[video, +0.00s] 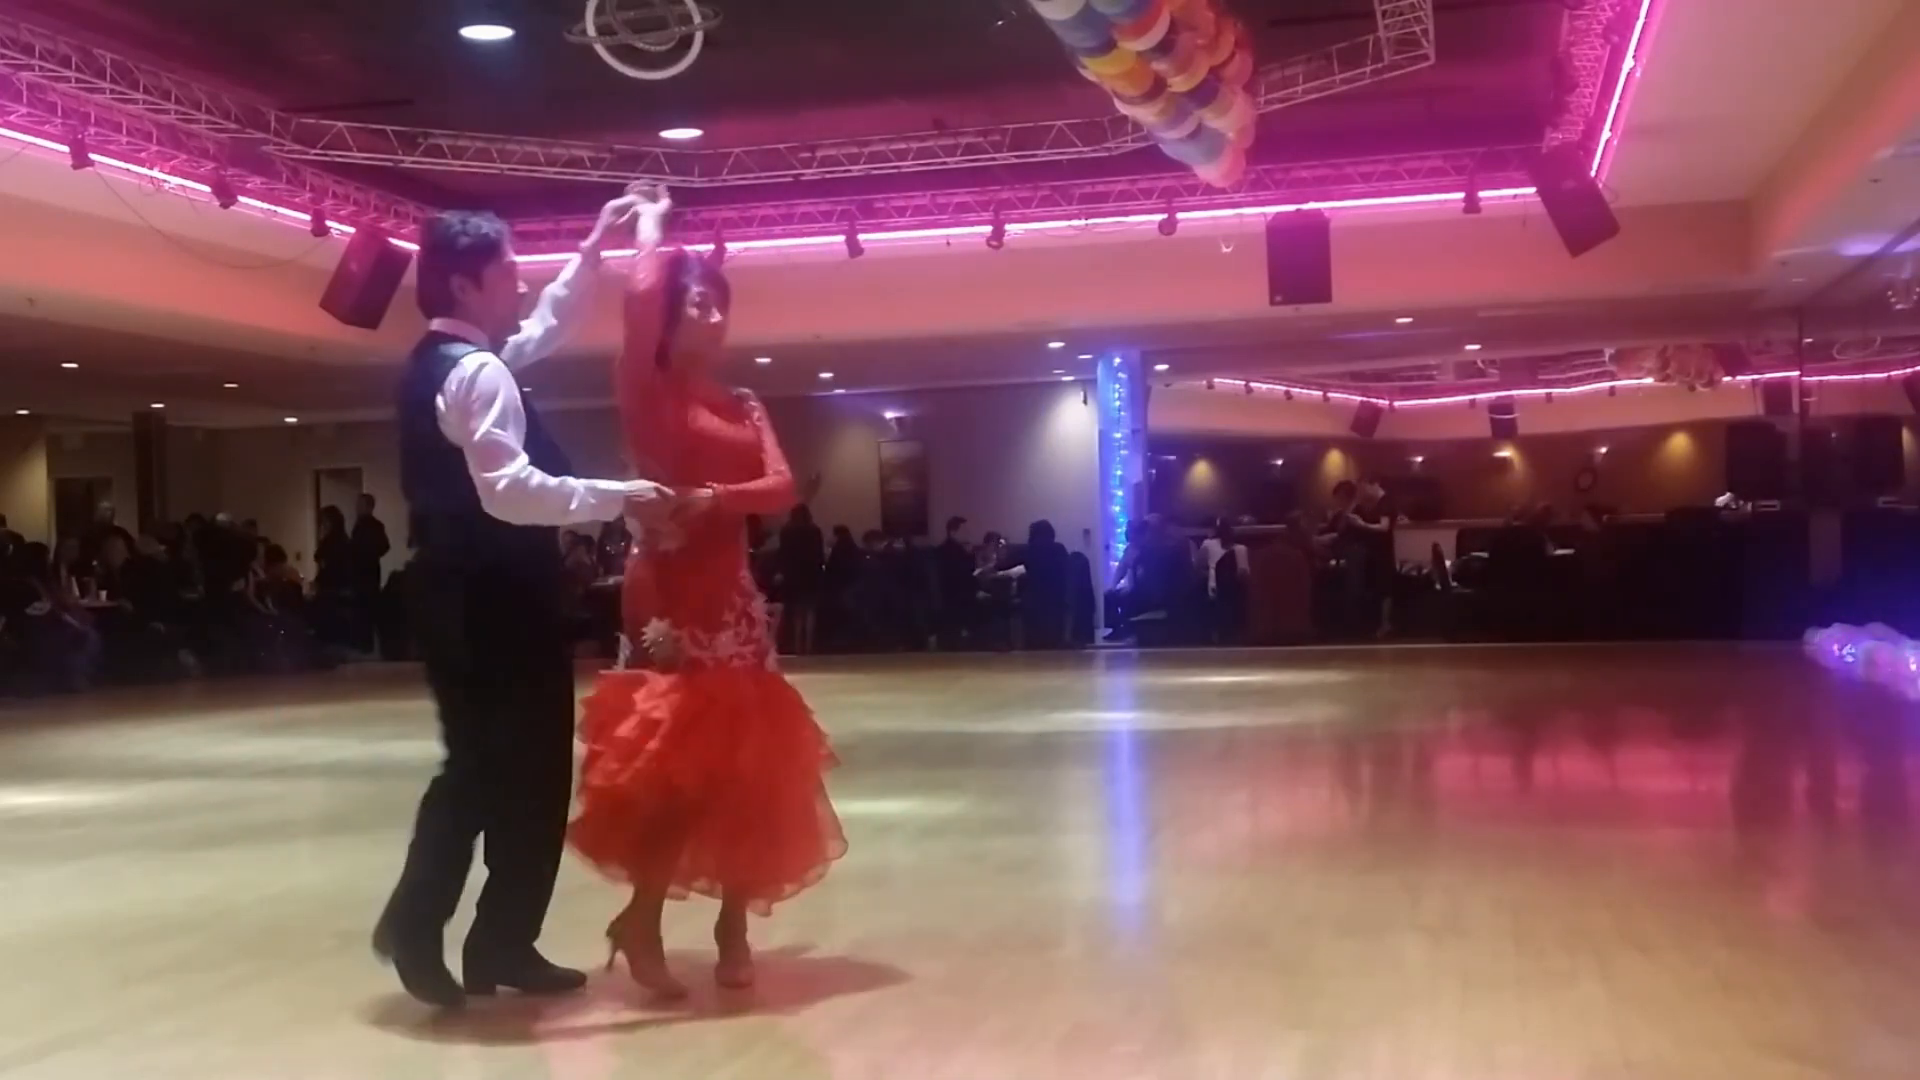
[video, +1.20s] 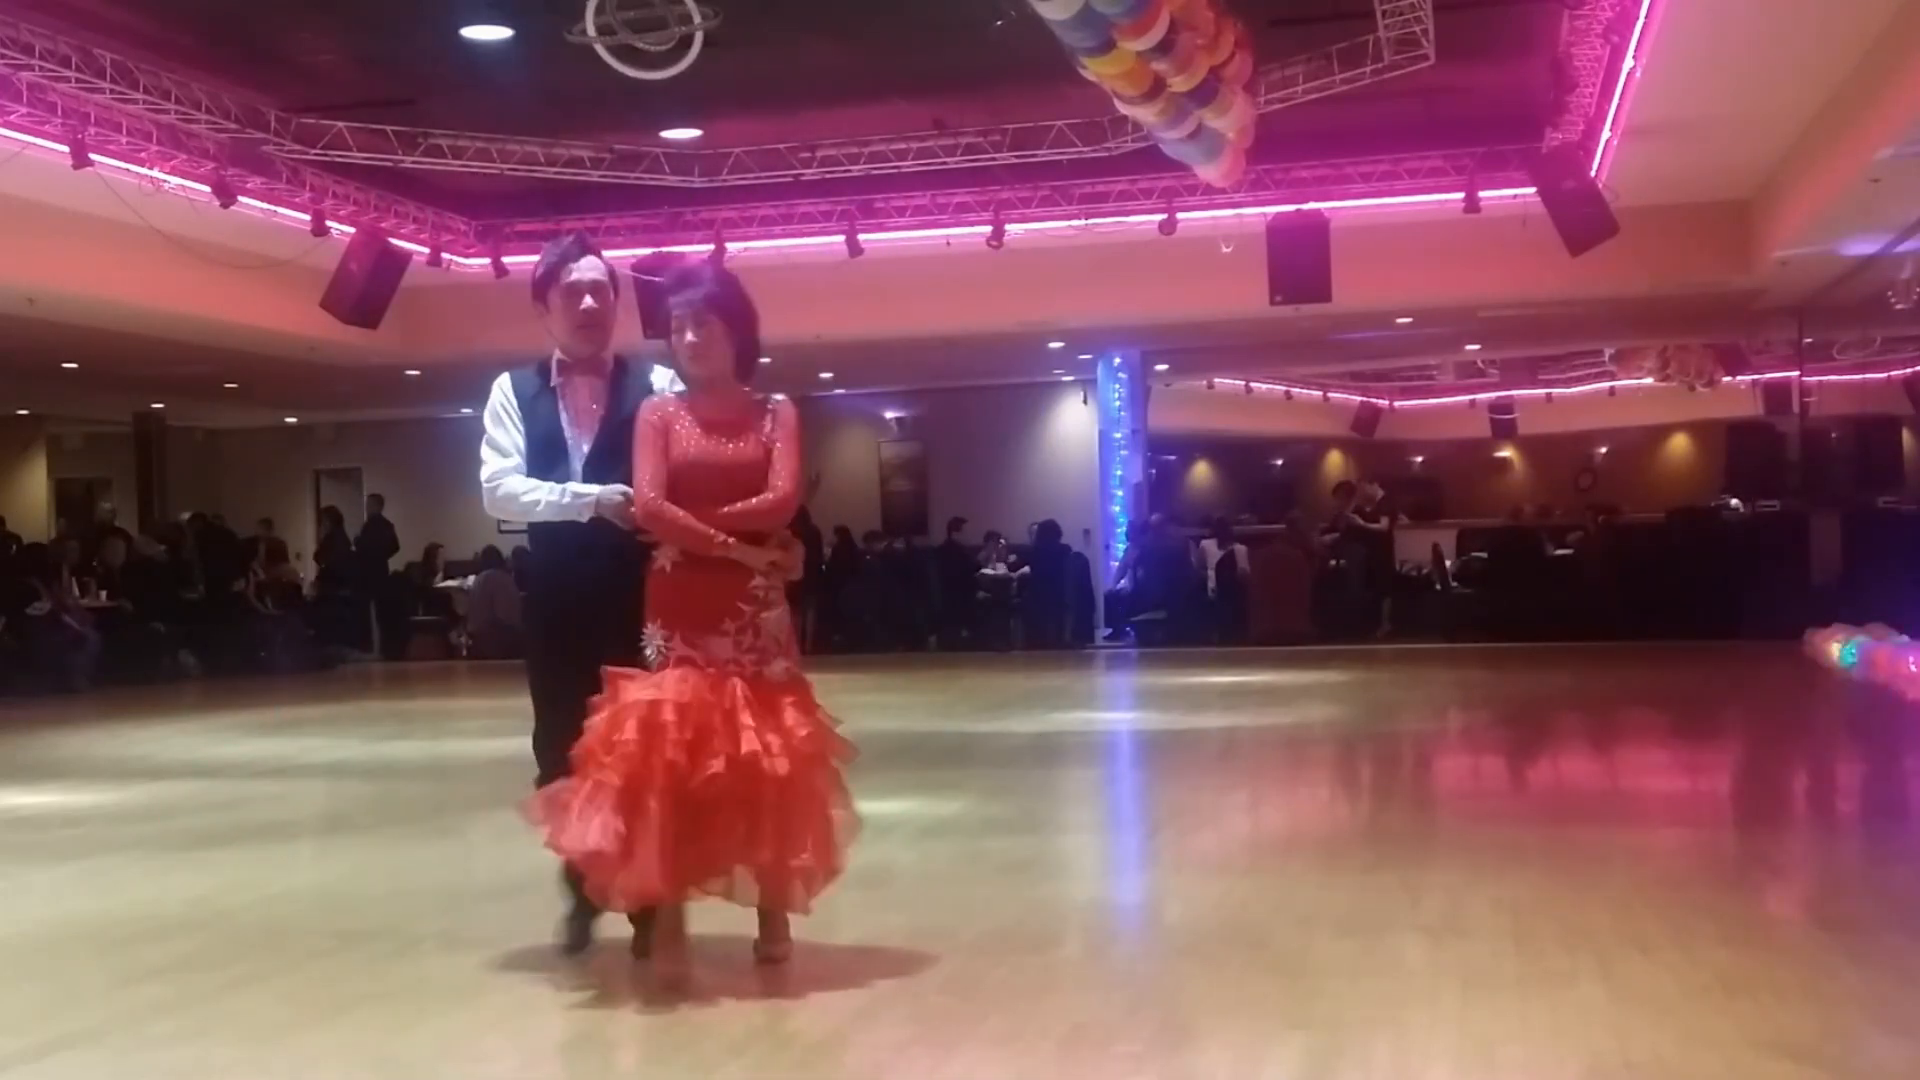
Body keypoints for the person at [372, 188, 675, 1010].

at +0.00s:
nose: (520, 282)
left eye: (514, 269)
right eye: (508, 270)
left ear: (447, 284)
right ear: (469, 281)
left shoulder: (435, 364)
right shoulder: (479, 371)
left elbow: (540, 325)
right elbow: (508, 488)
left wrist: (595, 244)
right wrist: (627, 496)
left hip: (455, 591)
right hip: (511, 596)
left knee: (475, 764)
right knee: (534, 774)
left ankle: (411, 924)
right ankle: (504, 945)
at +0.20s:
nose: (536, 282)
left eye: (532, 268)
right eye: (521, 270)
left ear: (487, 283)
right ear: (470, 281)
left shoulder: (505, 363)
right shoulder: (469, 370)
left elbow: (589, 368)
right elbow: (507, 483)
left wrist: (658, 318)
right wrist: (623, 481)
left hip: (536, 586)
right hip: (511, 591)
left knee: (531, 753)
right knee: (535, 757)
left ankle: (462, 914)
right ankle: (497, 947)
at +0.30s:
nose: (543, 277)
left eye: (539, 264)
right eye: (525, 268)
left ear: (516, 281)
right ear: (474, 283)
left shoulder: (550, 372)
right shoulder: (468, 374)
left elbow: (620, 433)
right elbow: (525, 473)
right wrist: (639, 481)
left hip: (560, 582)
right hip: (512, 590)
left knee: (547, 745)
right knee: (544, 746)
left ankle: (486, 905)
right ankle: (499, 943)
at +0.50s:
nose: (554, 295)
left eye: (556, 279)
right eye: (539, 281)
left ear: (541, 287)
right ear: (500, 289)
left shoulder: (561, 373)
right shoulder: (485, 373)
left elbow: (615, 448)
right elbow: (527, 467)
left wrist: (668, 493)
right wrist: (624, 490)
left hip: (576, 584)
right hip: (520, 593)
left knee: (564, 760)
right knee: (541, 762)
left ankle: (510, 919)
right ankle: (489, 920)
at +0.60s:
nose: (641, 320)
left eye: (635, 307)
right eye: (631, 309)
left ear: (555, 327)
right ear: (606, 321)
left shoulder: (553, 401)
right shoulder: (623, 396)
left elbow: (601, 479)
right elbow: (703, 467)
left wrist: (657, 517)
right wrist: (717, 528)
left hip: (578, 577)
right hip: (636, 578)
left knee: (577, 756)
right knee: (651, 759)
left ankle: (511, 923)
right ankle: (636, 941)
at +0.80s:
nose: (569, 300)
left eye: (573, 285)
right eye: (554, 288)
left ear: (578, 294)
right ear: (518, 296)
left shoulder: (601, 380)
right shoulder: (493, 374)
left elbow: (653, 465)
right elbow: (511, 476)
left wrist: (682, 525)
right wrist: (598, 510)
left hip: (599, 584)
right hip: (528, 587)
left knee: (595, 762)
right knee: (530, 767)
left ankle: (578, 921)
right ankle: (505, 941)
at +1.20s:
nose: (590, 306)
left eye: (600, 293)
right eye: (574, 294)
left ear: (618, 303)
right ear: (544, 307)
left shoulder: (654, 384)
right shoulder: (514, 390)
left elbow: (685, 474)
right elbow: (499, 491)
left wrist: (657, 513)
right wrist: (596, 501)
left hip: (637, 584)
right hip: (557, 589)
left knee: (638, 733)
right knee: (560, 742)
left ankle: (648, 891)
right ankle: (580, 885)